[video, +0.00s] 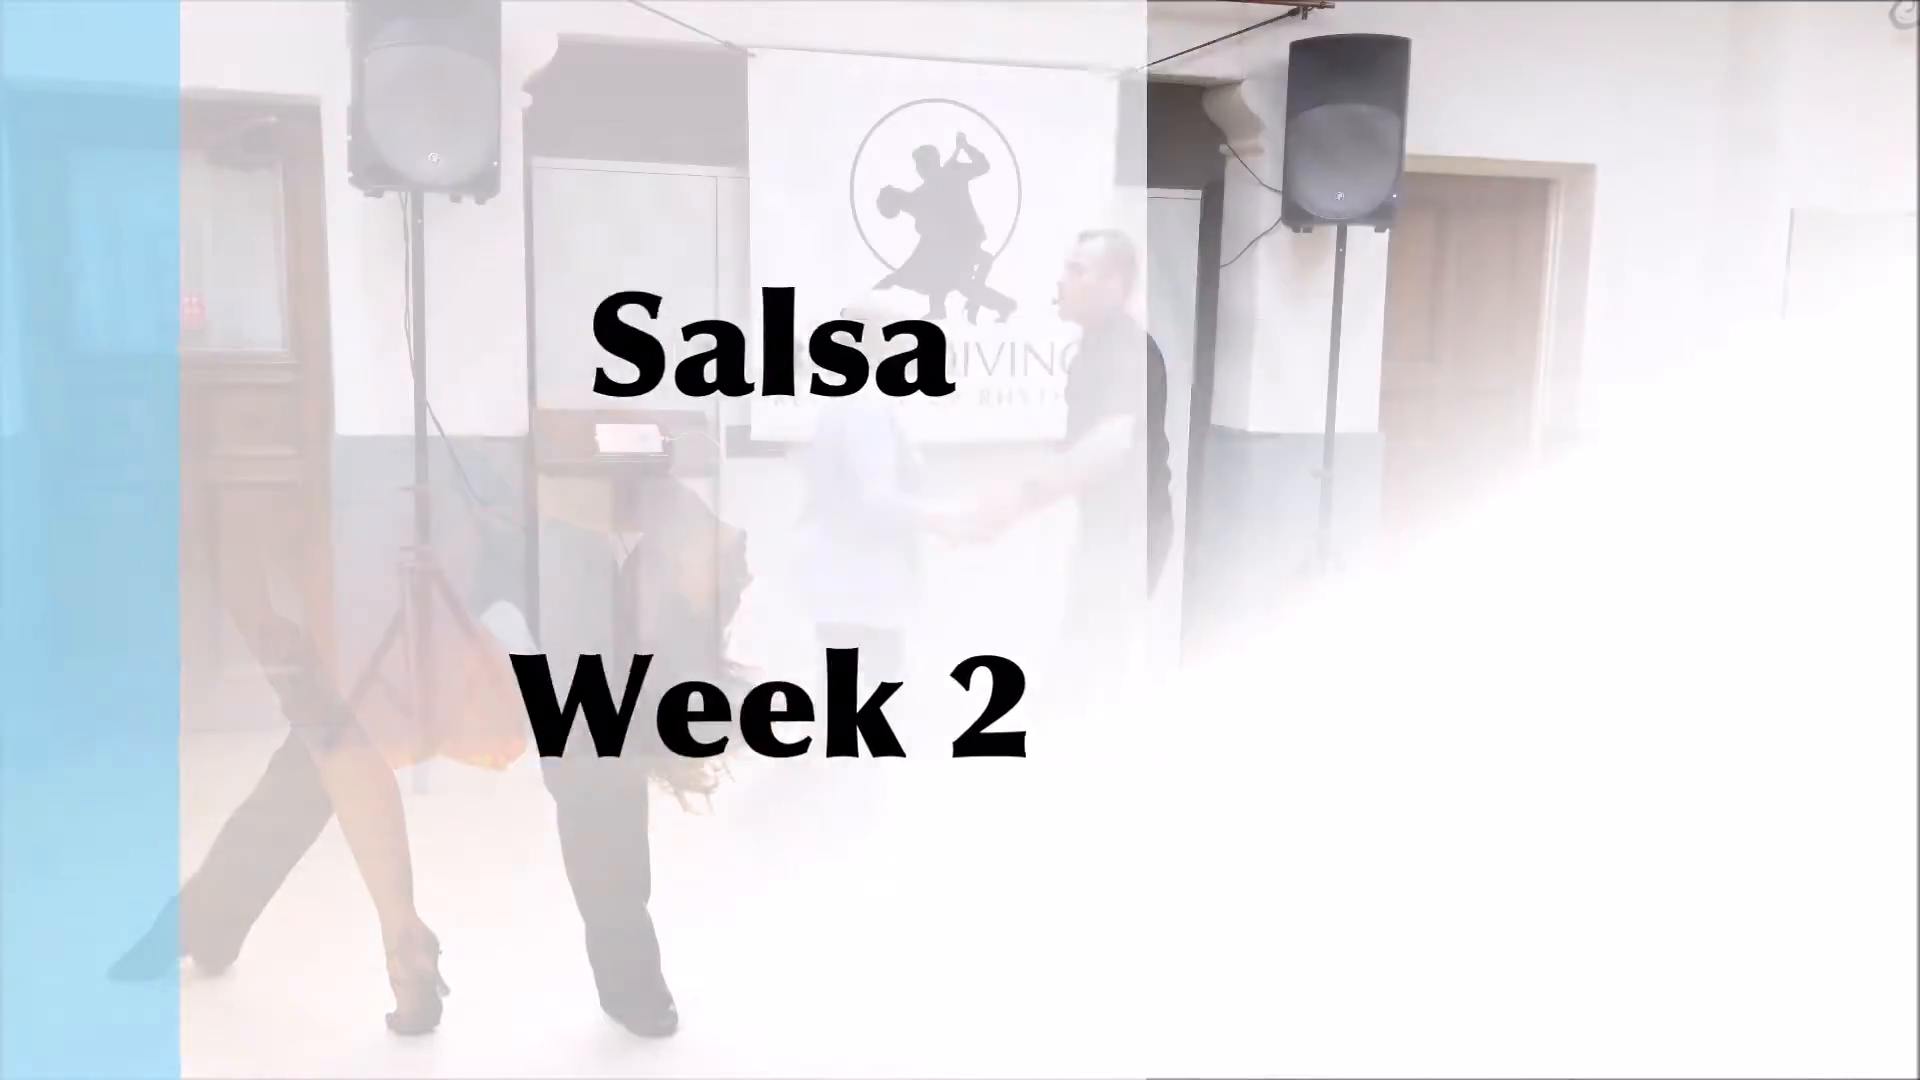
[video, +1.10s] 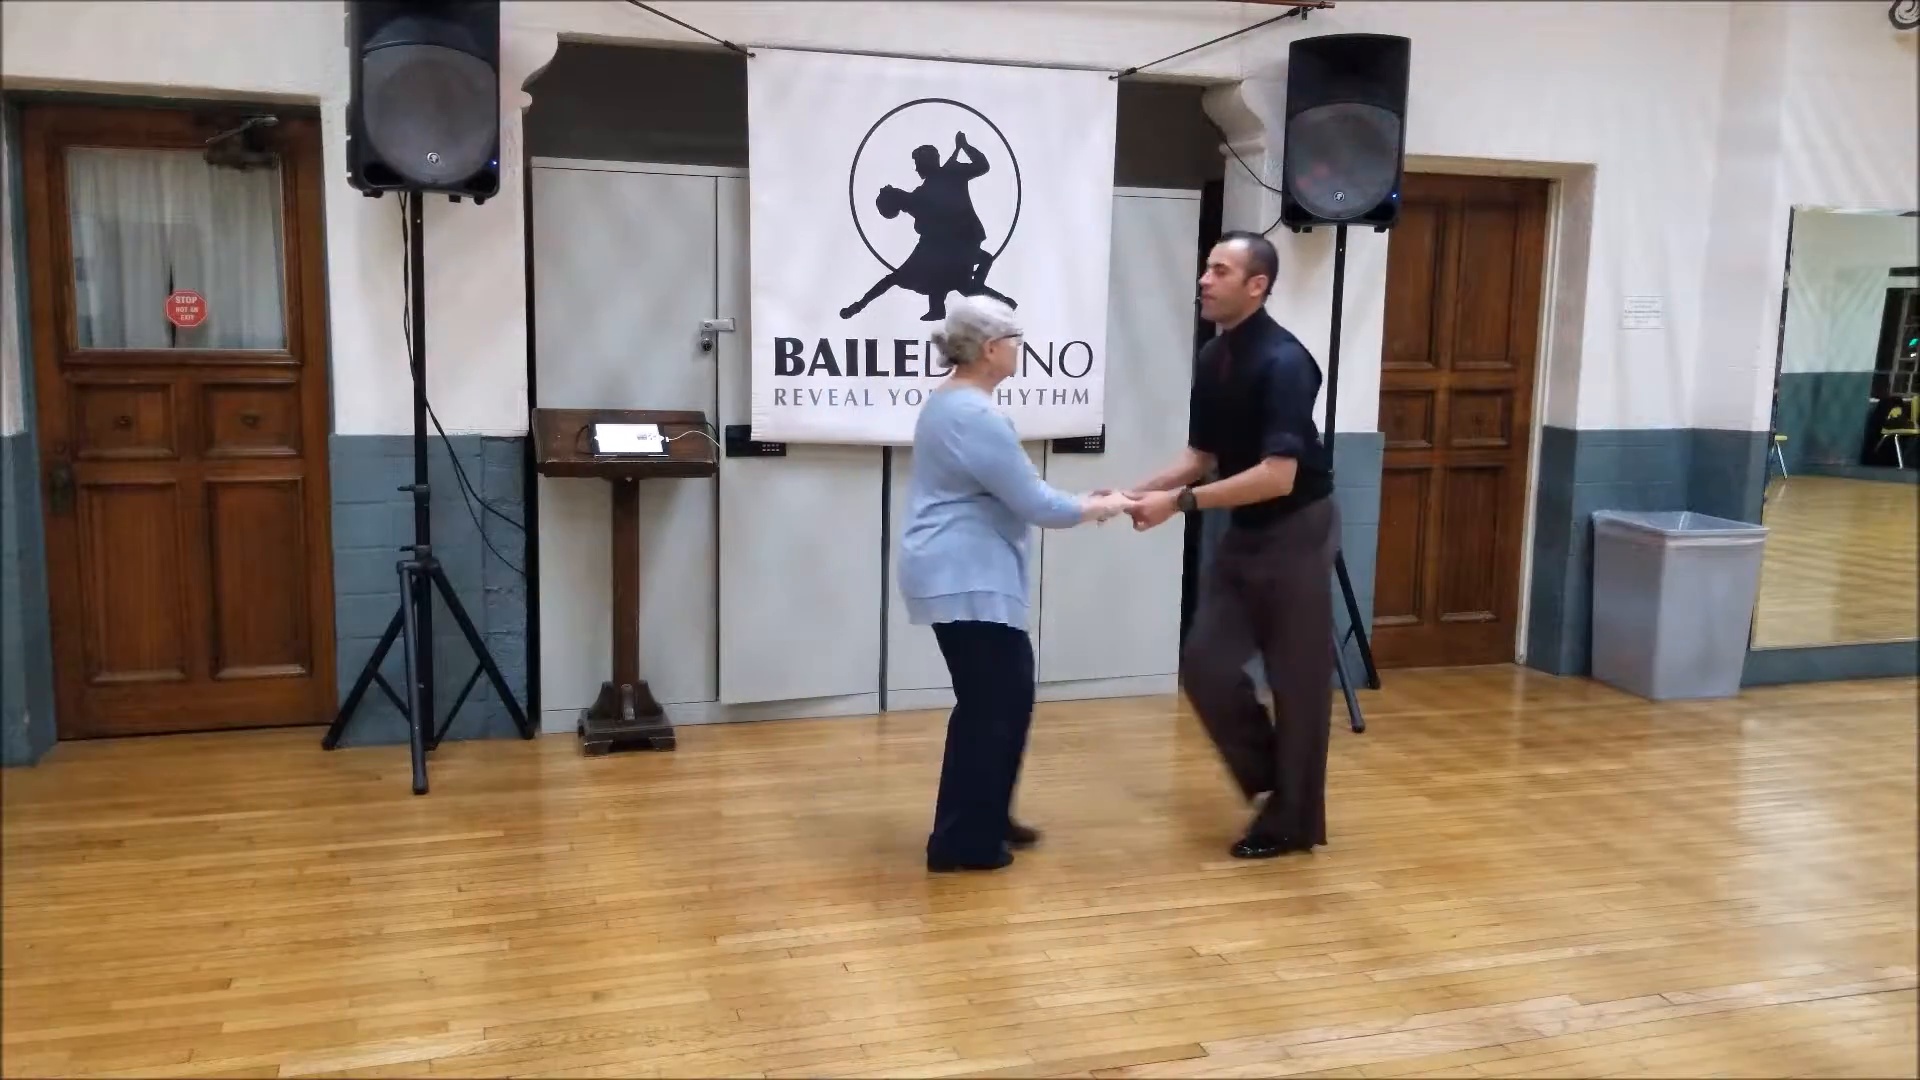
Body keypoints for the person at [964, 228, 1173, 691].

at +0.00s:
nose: (1060, 280)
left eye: (1076, 271)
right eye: (1065, 268)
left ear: (1112, 284)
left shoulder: (1124, 344)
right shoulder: (1096, 347)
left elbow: (1116, 443)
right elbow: (1086, 449)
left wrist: (1017, 499)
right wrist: (1010, 504)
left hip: (1128, 518)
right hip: (1106, 514)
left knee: (1103, 649)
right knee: (1085, 647)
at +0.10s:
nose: (1048, 283)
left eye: (1063, 275)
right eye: (1052, 272)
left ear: (1100, 289)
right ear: (1080, 286)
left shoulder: (1121, 359)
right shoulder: (1074, 354)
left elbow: (1104, 465)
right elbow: (1067, 455)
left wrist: (1014, 505)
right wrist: (1008, 508)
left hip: (1124, 537)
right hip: (1087, 532)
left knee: (1065, 682)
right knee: (1025, 666)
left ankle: (1019, 833)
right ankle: (1107, 797)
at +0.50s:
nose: (1079, 278)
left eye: (1093, 270)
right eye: (1082, 267)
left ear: (1130, 283)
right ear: (1114, 281)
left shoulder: (1154, 359)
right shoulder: (1096, 350)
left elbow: (1160, 475)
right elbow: (1087, 450)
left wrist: (1075, 533)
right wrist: (1010, 474)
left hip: (1151, 526)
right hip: (1110, 521)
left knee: (1077, 661)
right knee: (1069, 661)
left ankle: (1099, 815)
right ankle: (1071, 816)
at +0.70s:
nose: (1116, 277)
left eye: (1129, 267)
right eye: (1119, 266)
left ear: (1166, 278)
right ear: (1152, 278)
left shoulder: (1184, 343)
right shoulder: (1144, 350)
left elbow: (1212, 429)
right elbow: (1129, 455)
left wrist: (1124, 497)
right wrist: (1054, 480)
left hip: (1181, 531)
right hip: (1146, 528)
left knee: (1159, 675)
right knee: (1113, 671)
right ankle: (1096, 817)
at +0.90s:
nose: (1160, 279)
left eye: (1175, 271)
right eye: (1163, 268)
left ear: (1212, 283)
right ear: (1189, 282)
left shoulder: (1230, 344)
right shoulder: (1183, 356)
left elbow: (1257, 419)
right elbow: (1167, 462)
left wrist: (1172, 471)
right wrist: (1098, 500)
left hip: (1253, 534)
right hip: (1206, 532)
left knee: (1260, 674)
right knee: (1166, 668)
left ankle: (1291, 819)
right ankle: (1121, 804)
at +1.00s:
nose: (1183, 283)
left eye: (1198, 274)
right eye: (1185, 272)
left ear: (1235, 285)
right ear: (1212, 283)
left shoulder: (1264, 355)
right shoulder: (1201, 360)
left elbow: (1274, 454)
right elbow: (1188, 456)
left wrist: (1183, 486)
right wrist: (1141, 495)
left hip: (1275, 535)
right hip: (1219, 536)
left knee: (1282, 678)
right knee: (1176, 652)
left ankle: (1294, 822)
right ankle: (1185, 799)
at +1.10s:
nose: (1205, 279)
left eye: (1220, 272)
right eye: (1206, 269)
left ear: (1257, 285)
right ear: (1215, 282)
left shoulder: (1284, 360)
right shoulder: (1213, 357)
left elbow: (1279, 474)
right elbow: (1204, 455)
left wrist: (1183, 500)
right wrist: (1149, 488)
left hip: (1296, 534)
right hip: (1237, 532)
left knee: (1299, 678)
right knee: (1207, 665)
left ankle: (1297, 823)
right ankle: (1276, 786)